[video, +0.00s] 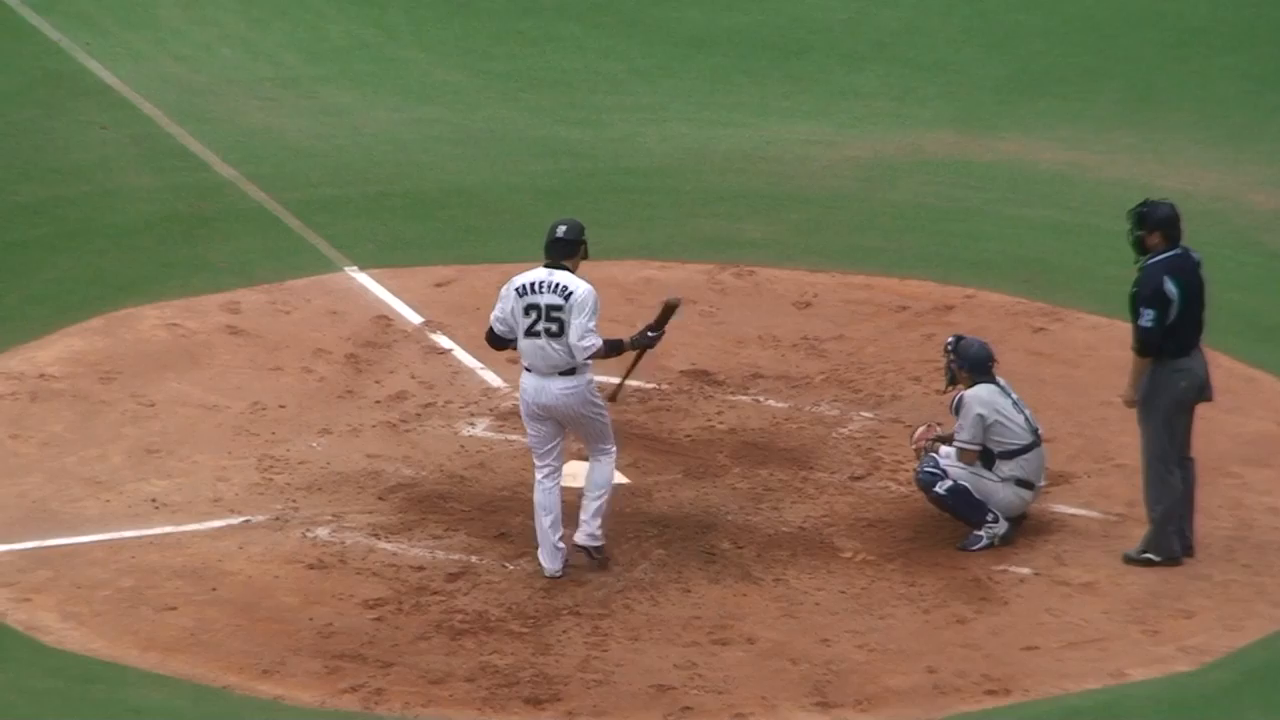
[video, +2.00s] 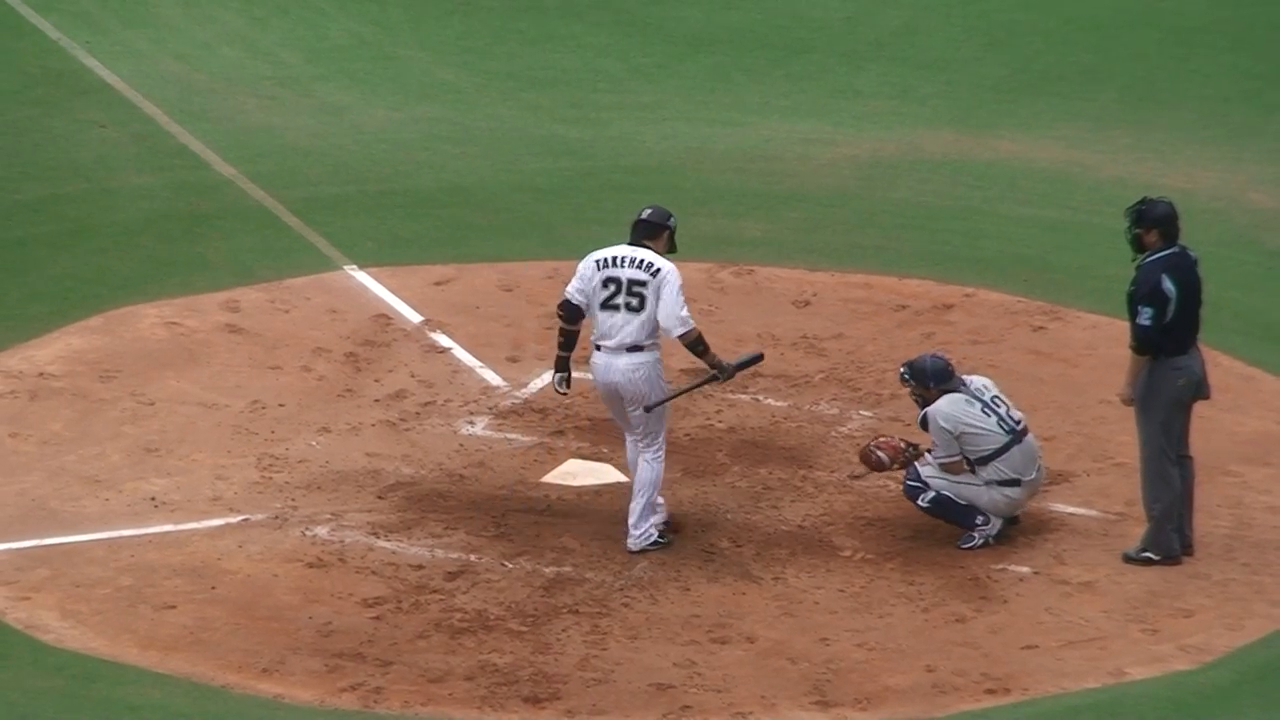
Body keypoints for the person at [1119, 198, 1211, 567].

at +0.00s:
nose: (1138, 236)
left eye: (1142, 231)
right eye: (1139, 229)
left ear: (1155, 236)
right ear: (1170, 233)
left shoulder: (1154, 275)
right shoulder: (1188, 261)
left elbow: (1145, 342)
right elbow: (1190, 323)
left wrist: (1132, 386)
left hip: (1166, 372)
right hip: (1190, 365)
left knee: (1160, 460)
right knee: (1178, 456)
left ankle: (1162, 543)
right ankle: (1179, 536)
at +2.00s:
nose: (1134, 234)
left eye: (1139, 229)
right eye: (1136, 228)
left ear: (1152, 235)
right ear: (1166, 232)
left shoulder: (1151, 273)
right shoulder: (1186, 260)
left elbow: (1143, 341)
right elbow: (1188, 322)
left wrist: (1129, 384)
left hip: (1163, 371)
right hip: (1187, 364)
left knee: (1157, 457)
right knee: (1177, 454)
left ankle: (1161, 542)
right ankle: (1179, 534)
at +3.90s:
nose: (1132, 236)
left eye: (1136, 231)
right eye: (1133, 229)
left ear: (1149, 236)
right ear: (1166, 233)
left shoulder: (1147, 276)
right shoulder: (1184, 261)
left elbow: (1140, 343)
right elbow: (1187, 323)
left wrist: (1127, 386)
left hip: (1160, 372)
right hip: (1186, 365)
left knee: (1155, 460)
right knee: (1175, 455)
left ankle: (1160, 544)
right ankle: (1177, 537)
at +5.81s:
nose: (1085, 249)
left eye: (1090, 243)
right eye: (1086, 242)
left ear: (1103, 247)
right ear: (1117, 244)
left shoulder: (1100, 289)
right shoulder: (1141, 271)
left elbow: (1093, 353)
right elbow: (1143, 327)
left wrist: (1080, 397)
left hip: (1126, 383)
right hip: (1154, 374)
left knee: (1099, 464)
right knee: (1136, 444)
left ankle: (1101, 556)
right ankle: (1165, 522)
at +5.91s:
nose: (1082, 248)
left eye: (1087, 243)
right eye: (1083, 242)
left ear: (1100, 247)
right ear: (1114, 244)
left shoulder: (1098, 288)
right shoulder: (1137, 270)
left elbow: (1092, 352)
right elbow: (1143, 327)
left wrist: (1078, 397)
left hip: (1125, 383)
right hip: (1151, 373)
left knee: (1097, 463)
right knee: (1138, 442)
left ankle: (1101, 557)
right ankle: (1156, 516)